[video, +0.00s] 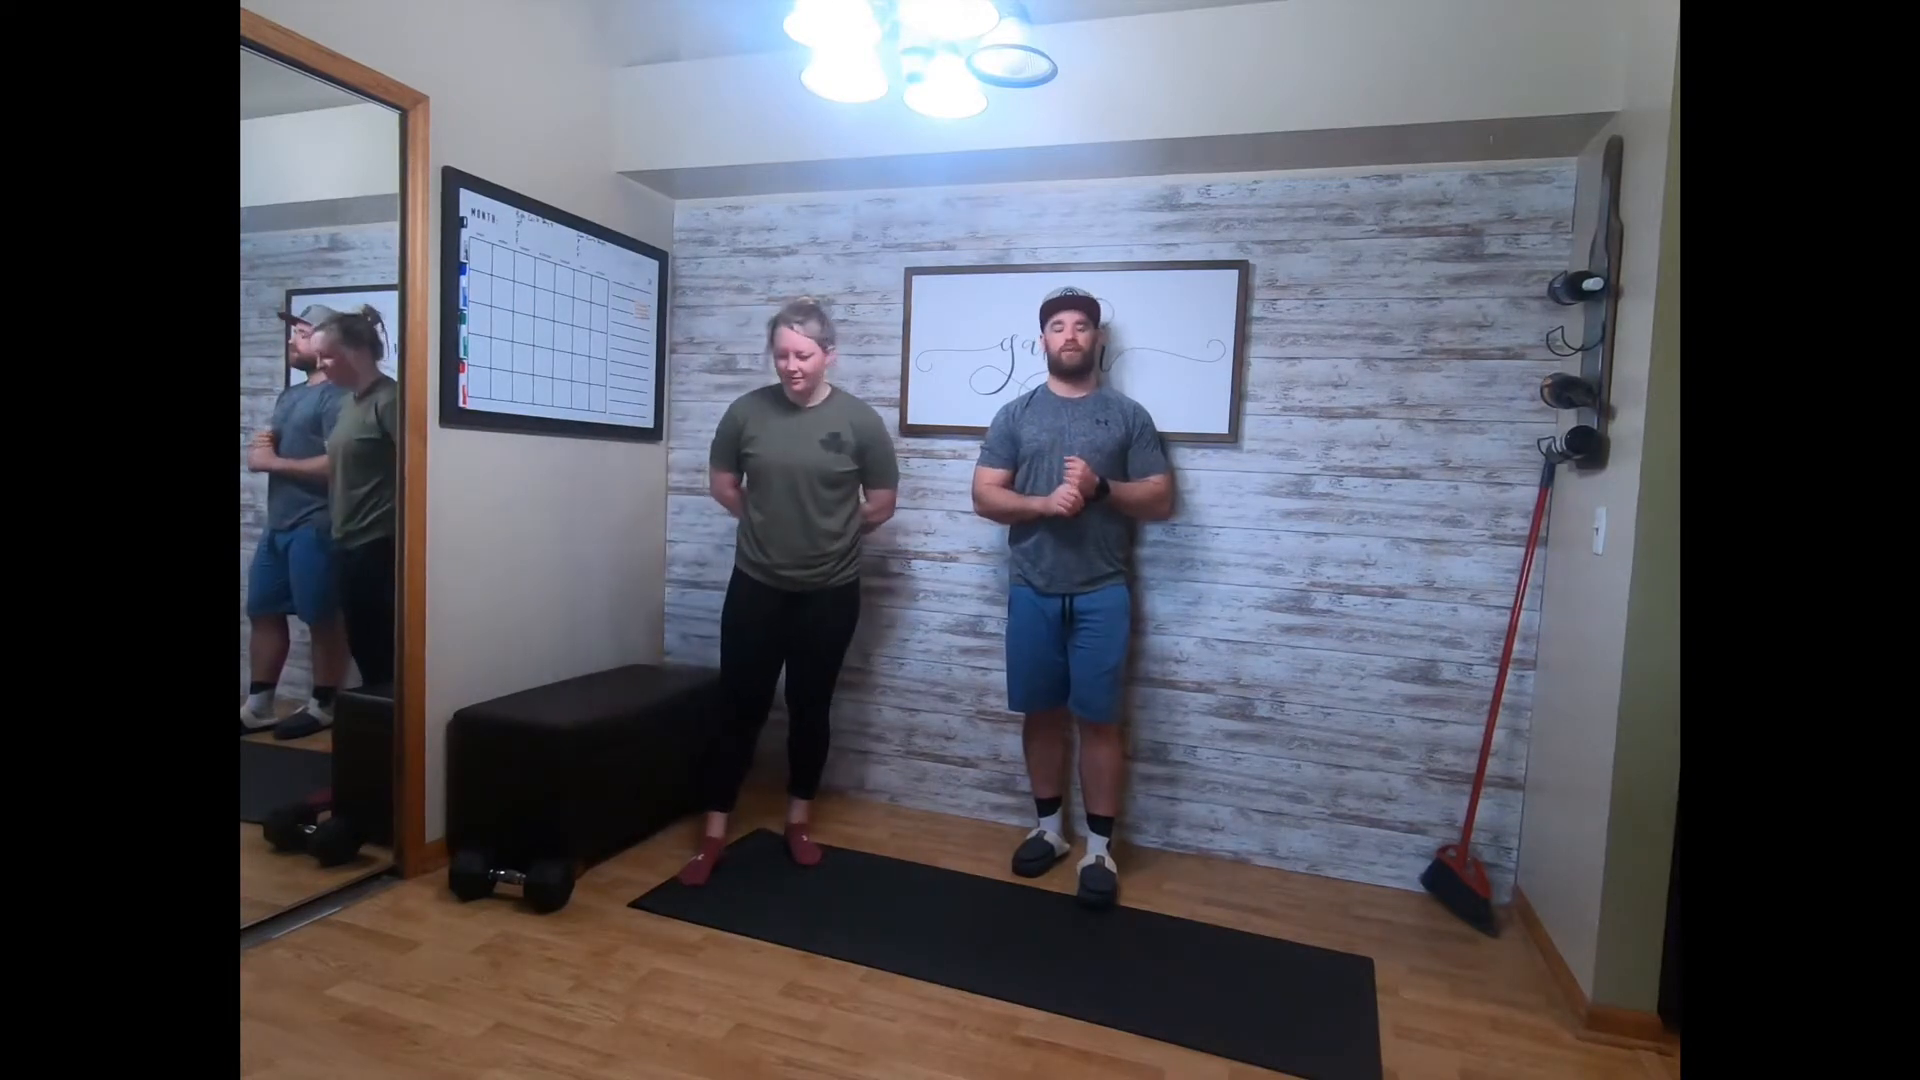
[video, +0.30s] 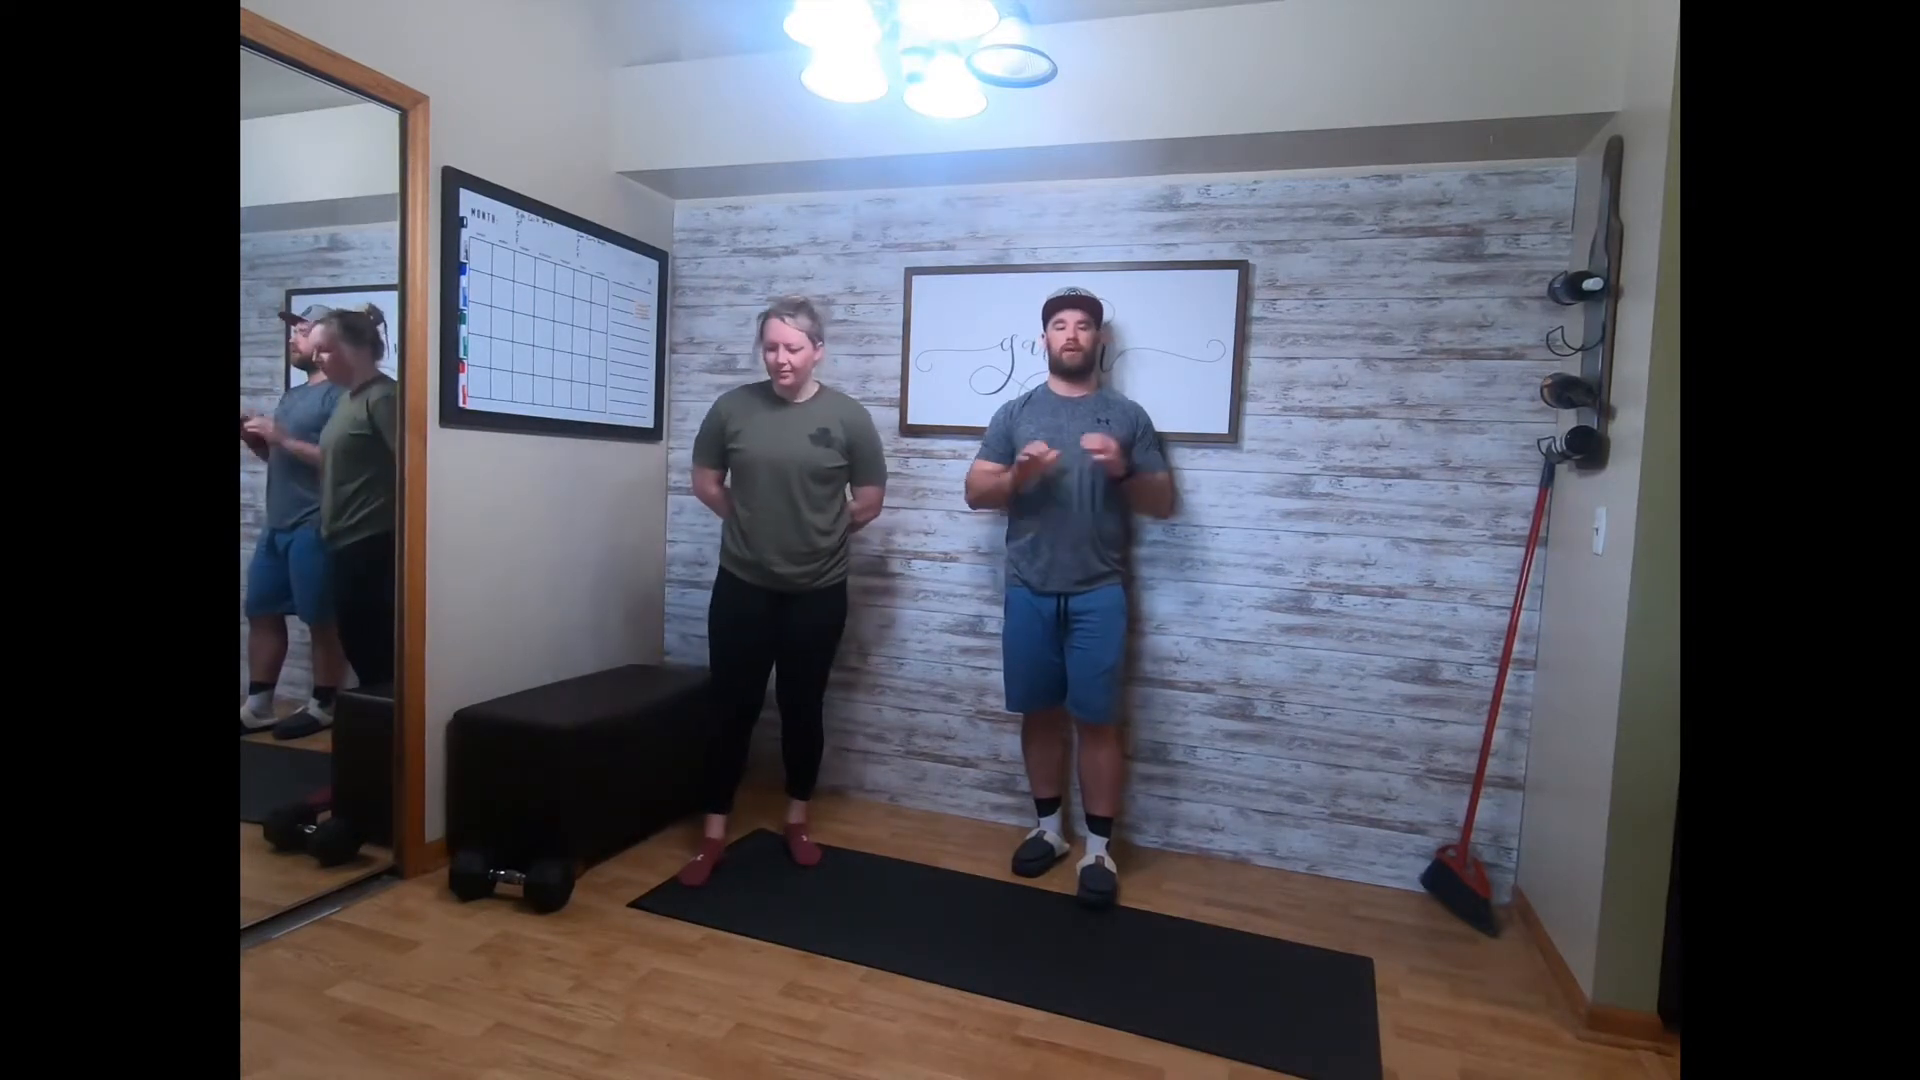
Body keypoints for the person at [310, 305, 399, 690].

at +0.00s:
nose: (324, 368)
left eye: (328, 358)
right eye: (322, 360)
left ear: (356, 354)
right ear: (354, 355)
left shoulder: (390, 399)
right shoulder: (351, 401)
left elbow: (418, 469)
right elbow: (347, 468)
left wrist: (410, 536)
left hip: (381, 545)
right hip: (350, 544)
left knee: (379, 649)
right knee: (366, 648)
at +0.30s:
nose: (320, 362)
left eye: (324, 352)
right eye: (318, 354)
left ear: (353, 348)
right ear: (347, 351)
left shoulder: (384, 397)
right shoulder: (351, 398)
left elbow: (415, 465)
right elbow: (346, 467)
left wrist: (412, 534)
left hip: (375, 542)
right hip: (348, 541)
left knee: (371, 641)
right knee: (358, 639)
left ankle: (391, 733)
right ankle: (380, 727)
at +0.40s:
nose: (316, 356)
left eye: (324, 347)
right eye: (315, 348)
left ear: (352, 346)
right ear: (342, 351)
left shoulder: (379, 396)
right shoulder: (352, 397)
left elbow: (408, 469)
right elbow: (336, 453)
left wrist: (412, 539)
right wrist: (300, 423)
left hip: (371, 540)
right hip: (346, 539)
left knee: (368, 642)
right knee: (357, 639)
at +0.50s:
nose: (317, 351)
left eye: (326, 341)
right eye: (315, 343)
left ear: (357, 344)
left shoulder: (374, 395)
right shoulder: (354, 396)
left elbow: (402, 480)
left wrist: (420, 539)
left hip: (366, 543)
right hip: (347, 543)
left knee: (369, 656)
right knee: (364, 655)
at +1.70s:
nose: (314, 343)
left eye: (322, 335)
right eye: (316, 334)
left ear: (350, 344)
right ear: (352, 345)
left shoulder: (364, 394)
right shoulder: (364, 391)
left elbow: (382, 477)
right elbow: (384, 474)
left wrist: (416, 514)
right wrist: (416, 513)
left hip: (358, 540)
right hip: (360, 537)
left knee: (361, 650)